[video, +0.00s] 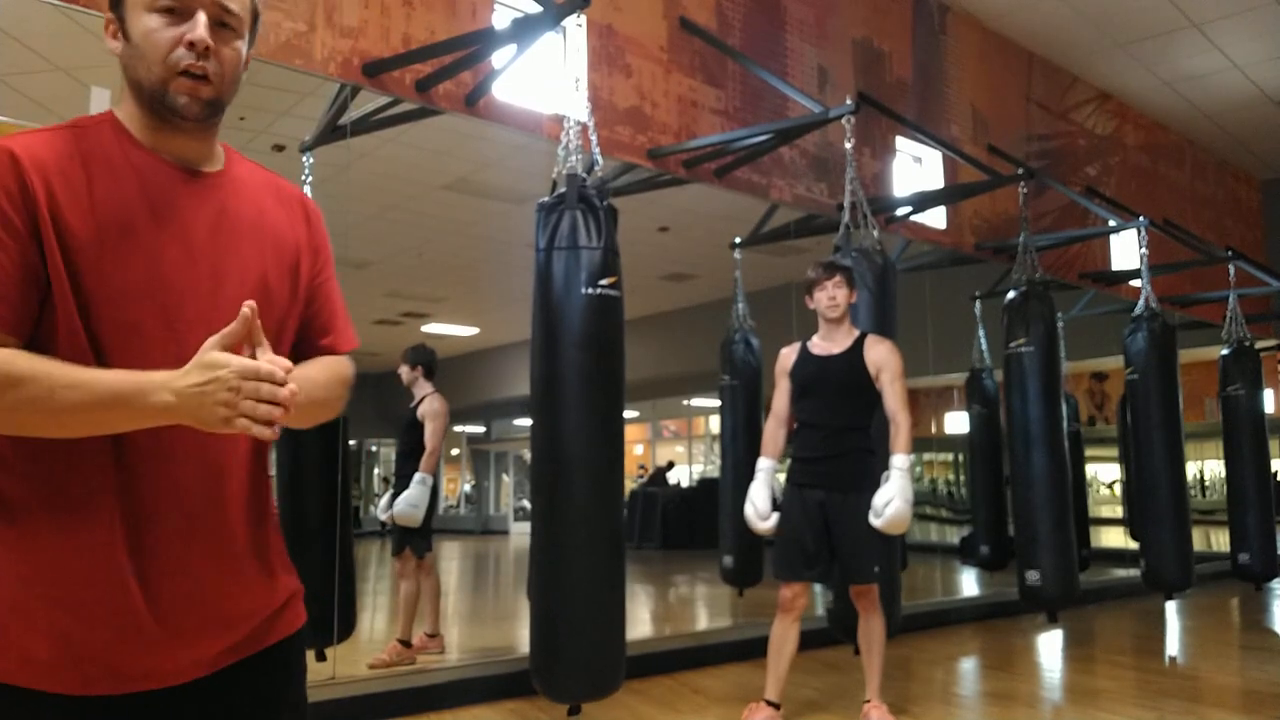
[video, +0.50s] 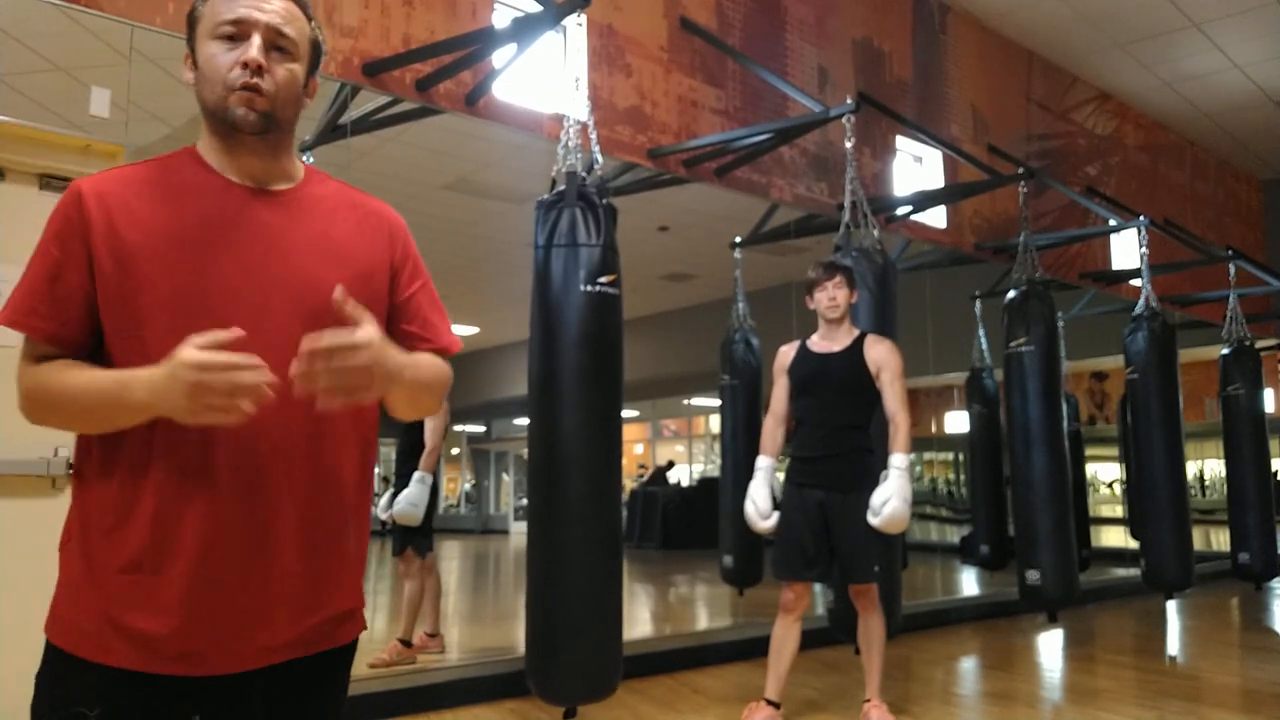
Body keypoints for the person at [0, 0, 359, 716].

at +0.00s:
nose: (200, 36)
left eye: (225, 24)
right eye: (172, 11)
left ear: (246, 59)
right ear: (115, 30)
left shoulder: (291, 212)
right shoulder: (26, 173)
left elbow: (335, 367)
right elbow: (4, 374)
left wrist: (277, 393)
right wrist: (172, 395)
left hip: (246, 643)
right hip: (55, 657)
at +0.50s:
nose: (253, 56)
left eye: (279, 47)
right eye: (230, 35)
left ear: (308, 87)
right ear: (189, 65)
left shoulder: (376, 229)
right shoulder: (99, 209)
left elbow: (433, 386)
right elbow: (37, 388)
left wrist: (388, 369)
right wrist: (154, 389)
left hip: (301, 648)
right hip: (117, 645)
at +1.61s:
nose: (193, 112)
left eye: (223, 93)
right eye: (175, 80)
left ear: (251, 112)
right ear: (131, 80)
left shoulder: (290, 250)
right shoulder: (25, 204)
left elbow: (306, 424)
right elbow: (0, 379)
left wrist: (294, 375)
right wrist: (138, 403)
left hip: (219, 648)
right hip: (39, 648)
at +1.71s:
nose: (194, 110)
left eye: (224, 91)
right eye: (175, 78)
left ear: (250, 111)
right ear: (132, 79)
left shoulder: (290, 247)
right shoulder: (27, 205)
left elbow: (313, 420)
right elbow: (2, 381)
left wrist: (292, 371)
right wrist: (139, 407)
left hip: (223, 648)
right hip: (44, 649)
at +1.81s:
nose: (196, 109)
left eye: (225, 91)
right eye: (176, 78)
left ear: (251, 110)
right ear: (132, 79)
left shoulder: (292, 246)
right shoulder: (28, 207)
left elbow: (316, 419)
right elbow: (3, 382)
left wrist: (293, 369)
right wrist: (142, 409)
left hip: (226, 648)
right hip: (45, 649)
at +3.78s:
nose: (100, 66)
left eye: (131, 45)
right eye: (77, 39)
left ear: (176, 65)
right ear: (45, 54)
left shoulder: (279, 205)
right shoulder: (9, 217)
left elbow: (364, 354)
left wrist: (256, 385)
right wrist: (9, 407)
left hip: (259, 641)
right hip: (56, 648)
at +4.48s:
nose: (188, 88)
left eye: (219, 70)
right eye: (166, 57)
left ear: (246, 91)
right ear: (118, 59)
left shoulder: (296, 232)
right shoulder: (21, 208)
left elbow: (334, 409)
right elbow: (3, 398)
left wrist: (326, 346)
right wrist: (78, 356)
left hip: (244, 652)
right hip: (51, 655)